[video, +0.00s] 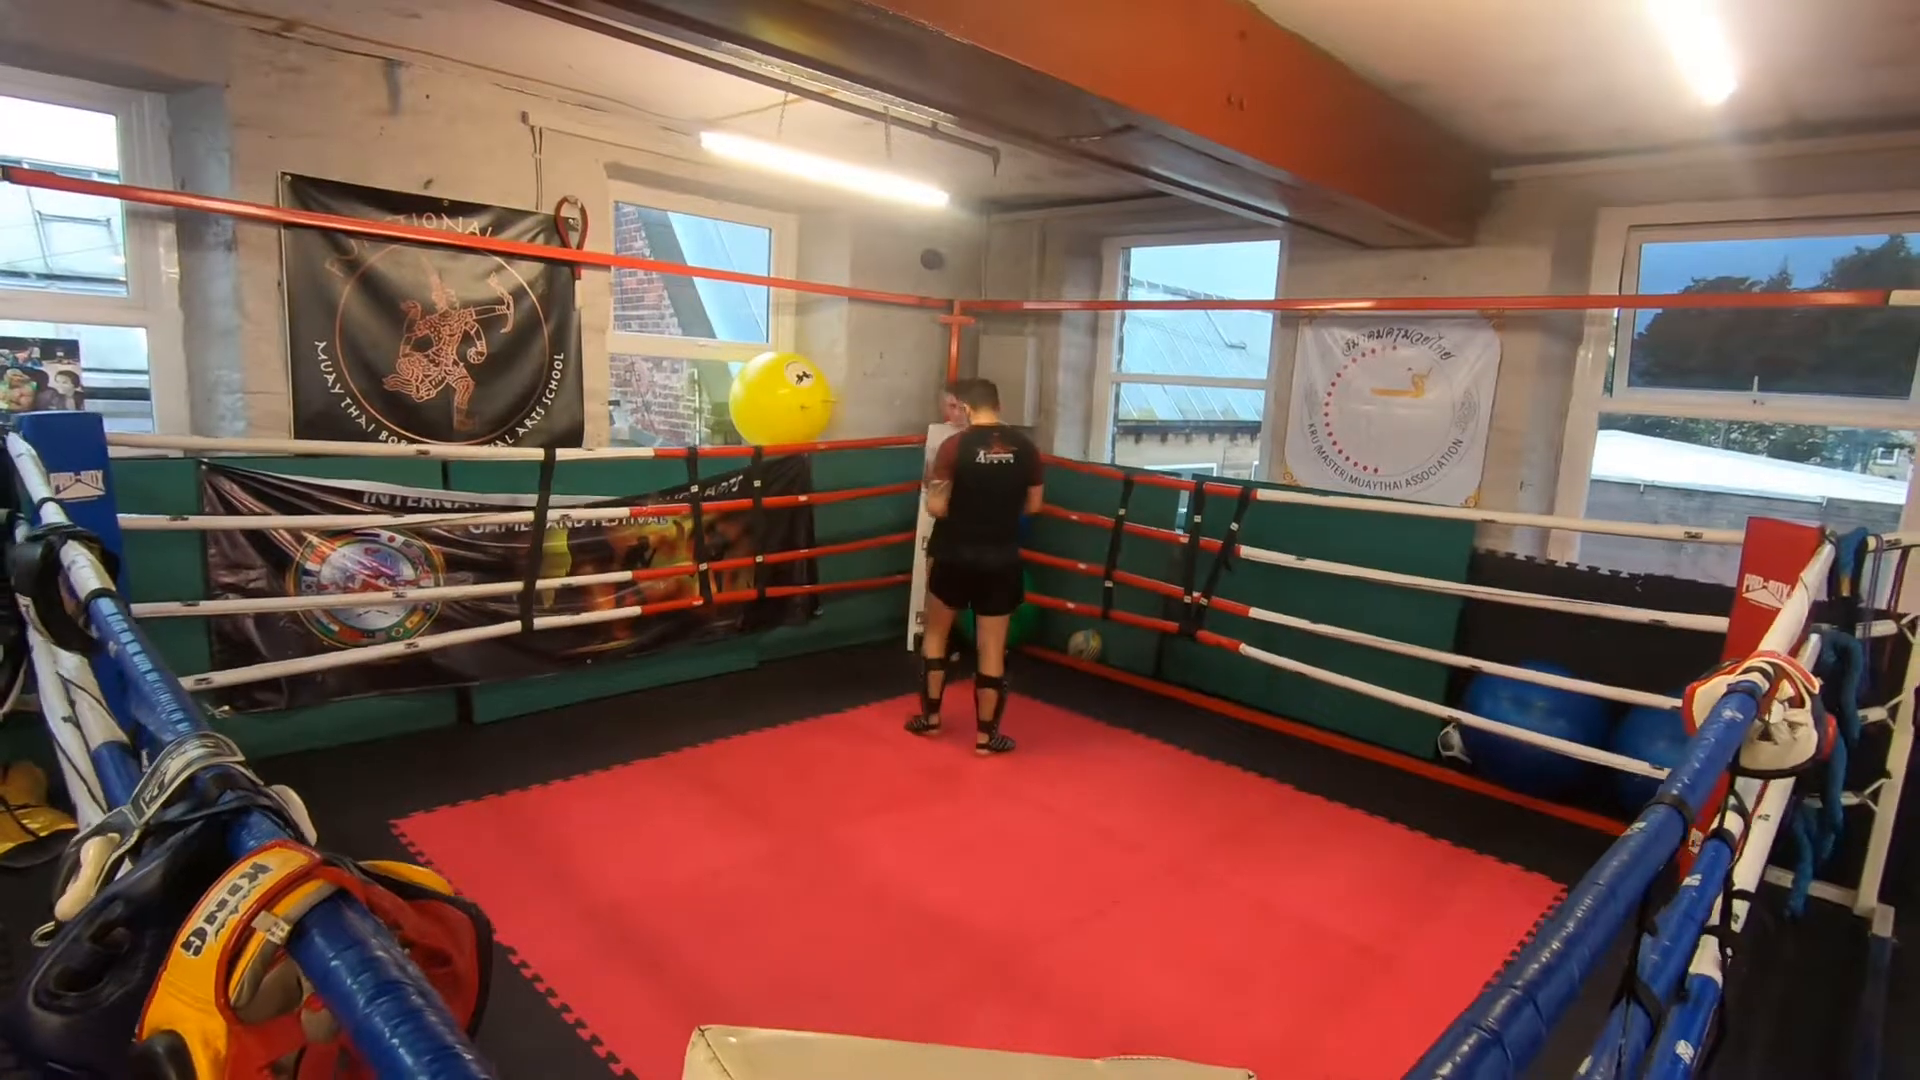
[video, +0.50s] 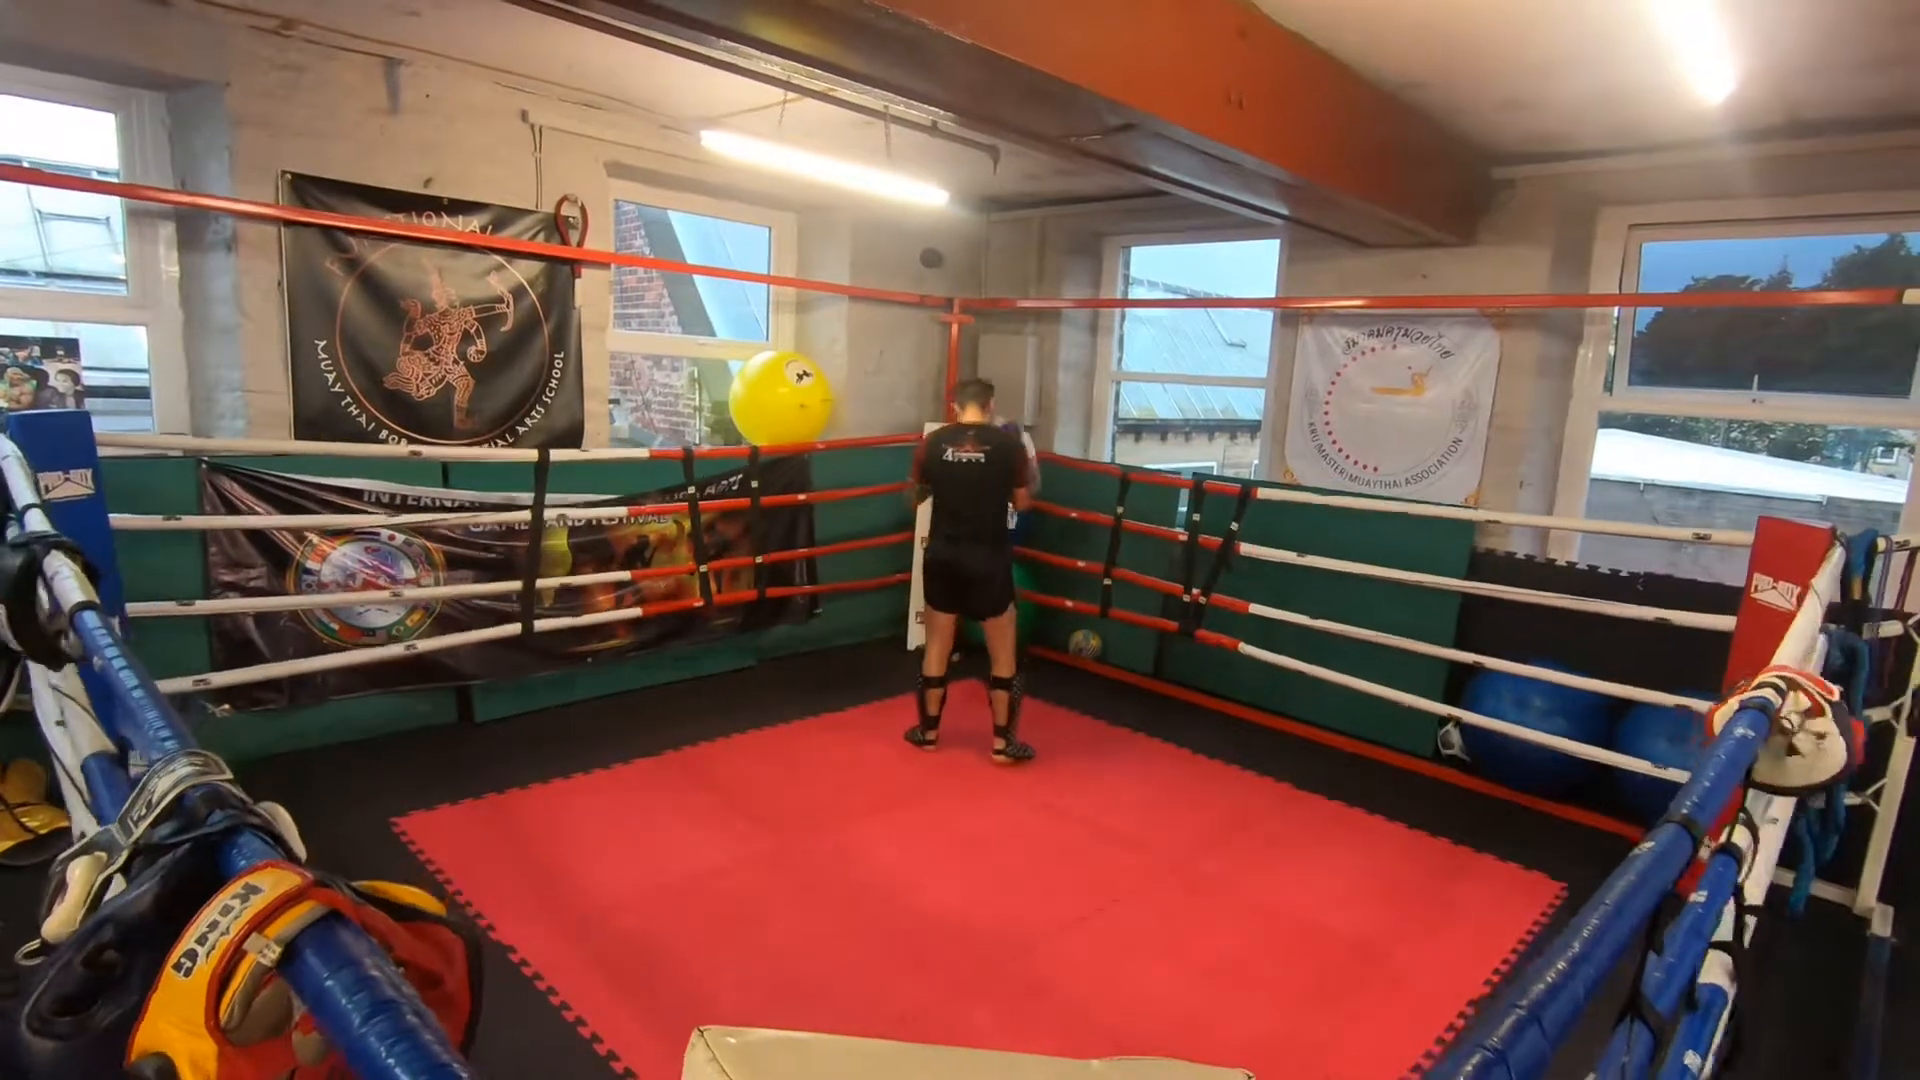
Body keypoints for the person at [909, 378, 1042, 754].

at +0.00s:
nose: (955, 415)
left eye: (956, 409)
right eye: (956, 408)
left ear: (965, 409)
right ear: (997, 407)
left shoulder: (954, 445)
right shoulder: (1025, 446)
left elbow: (937, 505)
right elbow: (1034, 503)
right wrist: (1000, 502)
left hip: (954, 562)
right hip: (1000, 565)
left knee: (937, 632)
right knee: (992, 647)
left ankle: (931, 716)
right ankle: (986, 735)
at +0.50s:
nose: (980, 414)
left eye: (961, 408)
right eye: (987, 407)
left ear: (953, 408)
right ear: (990, 408)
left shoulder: (931, 444)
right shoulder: (1010, 445)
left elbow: (917, 494)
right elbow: (1023, 502)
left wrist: (946, 467)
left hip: (942, 562)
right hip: (990, 564)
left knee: (937, 646)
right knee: (1002, 655)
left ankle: (929, 730)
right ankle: (1002, 742)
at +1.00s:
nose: (1042, 425)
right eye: (1042, 421)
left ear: (1003, 415)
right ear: (1040, 421)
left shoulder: (981, 443)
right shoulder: (1055, 456)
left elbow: (965, 466)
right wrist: (1036, 432)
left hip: (976, 564)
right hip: (1020, 570)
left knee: (969, 648)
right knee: (1014, 665)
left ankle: (962, 728)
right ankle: (1006, 755)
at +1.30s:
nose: (1069, 438)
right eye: (1071, 432)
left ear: (1035, 425)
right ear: (1071, 434)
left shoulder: (1003, 457)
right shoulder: (1079, 476)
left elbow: (978, 496)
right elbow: (1070, 509)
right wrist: (1054, 459)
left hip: (993, 580)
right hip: (1040, 589)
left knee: (977, 655)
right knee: (1060, 684)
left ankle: (965, 730)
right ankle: (1055, 768)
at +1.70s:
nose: (1071, 423)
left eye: (1071, 417)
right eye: (1080, 419)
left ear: (1073, 417)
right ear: (1109, 420)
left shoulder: (1047, 454)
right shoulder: (1126, 469)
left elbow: (998, 500)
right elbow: (1087, 498)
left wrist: (996, 463)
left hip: (1037, 587)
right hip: (1088, 595)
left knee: (1006, 663)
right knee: (1071, 684)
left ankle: (1009, 759)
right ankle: (1057, 779)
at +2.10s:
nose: (1058, 429)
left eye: (1058, 422)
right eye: (1060, 423)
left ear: (1066, 421)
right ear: (1099, 419)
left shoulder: (1056, 460)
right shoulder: (1129, 464)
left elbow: (1025, 528)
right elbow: (1103, 519)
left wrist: (1003, 511)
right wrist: (1038, 505)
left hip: (1062, 595)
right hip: (1109, 596)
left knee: (1047, 697)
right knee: (1102, 682)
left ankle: (1054, 801)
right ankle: (1118, 780)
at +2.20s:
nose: (1059, 441)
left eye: (1058, 436)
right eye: (1060, 436)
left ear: (1067, 432)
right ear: (1098, 430)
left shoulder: (1066, 470)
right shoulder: (1125, 472)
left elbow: (1042, 540)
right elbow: (1097, 521)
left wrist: (1000, 531)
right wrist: (1056, 478)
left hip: (1070, 607)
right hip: (1118, 607)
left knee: (1011, 688)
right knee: (1126, 700)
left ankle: (1032, 787)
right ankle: (1180, 791)